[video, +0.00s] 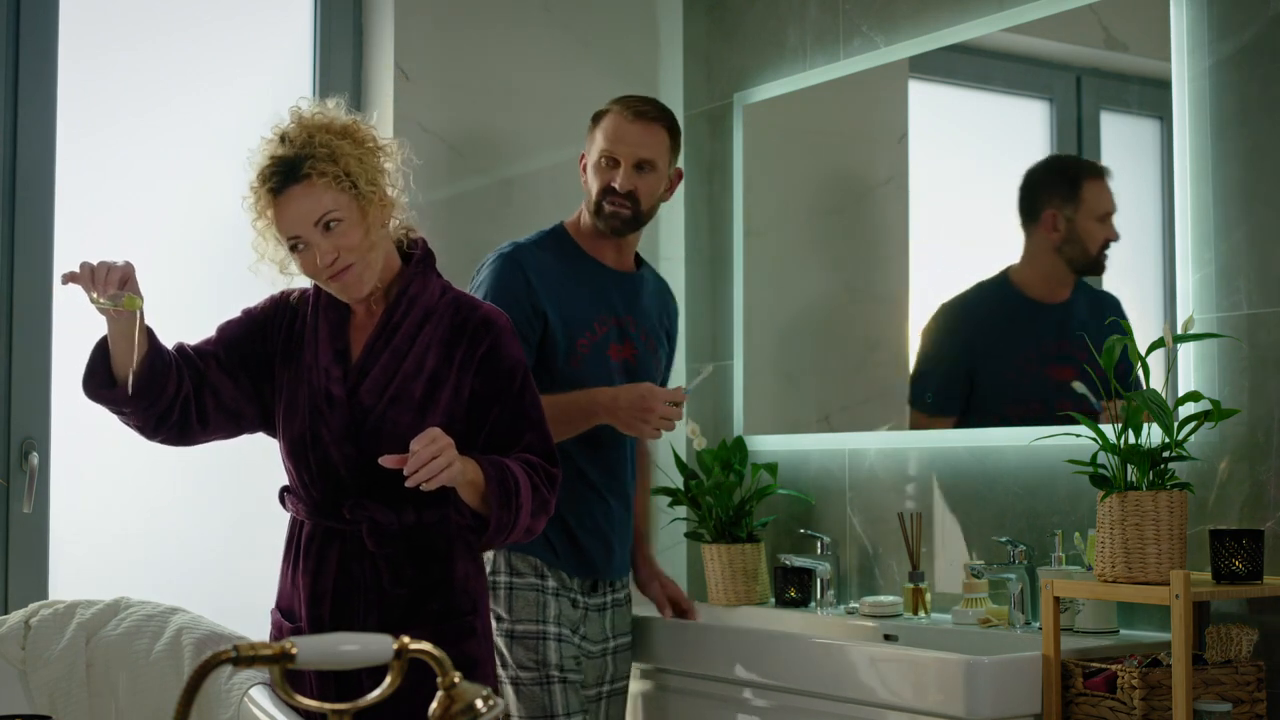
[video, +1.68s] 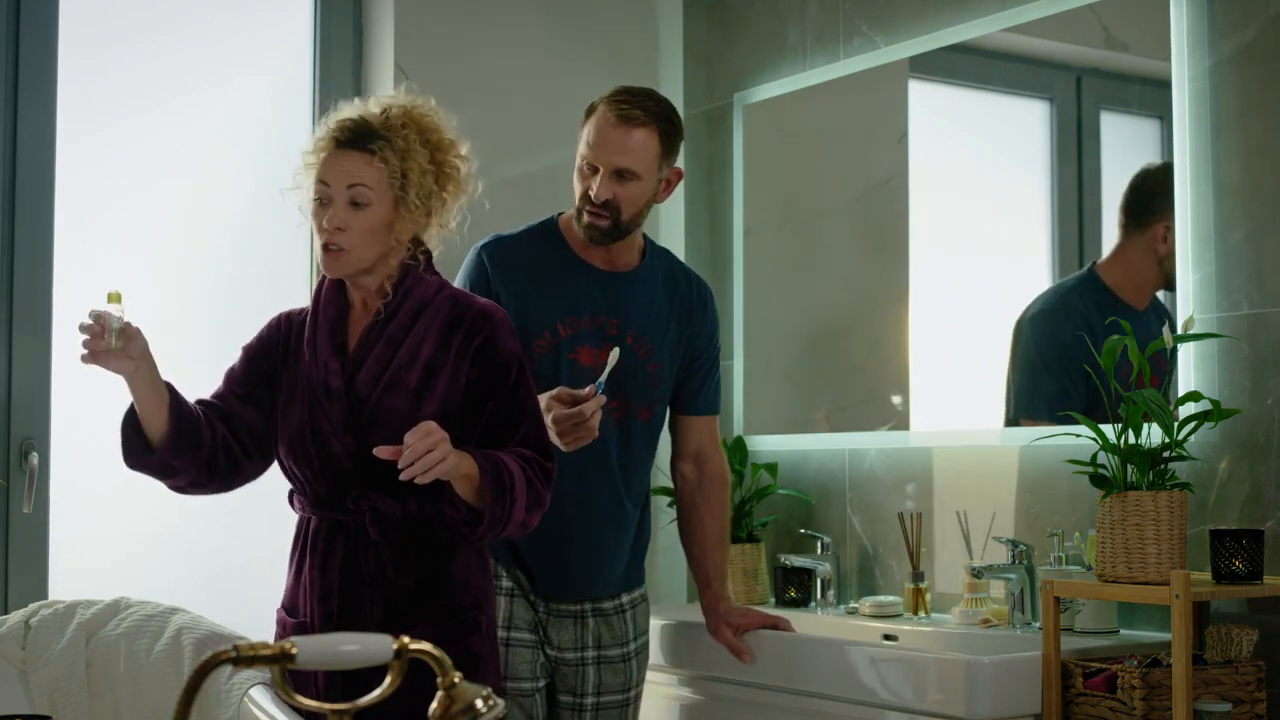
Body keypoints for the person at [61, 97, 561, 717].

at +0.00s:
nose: (320, 256)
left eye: (331, 224)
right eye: (297, 243)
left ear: (378, 206)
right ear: (286, 251)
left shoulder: (476, 333)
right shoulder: (288, 330)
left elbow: (533, 493)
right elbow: (174, 403)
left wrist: (466, 473)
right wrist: (125, 323)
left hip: (438, 620)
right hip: (313, 621)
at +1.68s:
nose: (330, 220)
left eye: (358, 201)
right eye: (323, 200)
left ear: (411, 216)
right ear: (311, 207)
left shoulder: (476, 331)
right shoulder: (291, 339)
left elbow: (529, 484)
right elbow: (211, 457)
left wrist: (460, 466)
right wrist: (141, 374)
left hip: (441, 614)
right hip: (318, 614)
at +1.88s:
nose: (388, 218)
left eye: (407, 197)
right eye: (366, 196)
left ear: (429, 210)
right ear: (326, 208)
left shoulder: (479, 330)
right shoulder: (287, 343)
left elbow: (532, 487)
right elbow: (226, 478)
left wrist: (473, 459)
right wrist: (148, 391)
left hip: (451, 618)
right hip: (324, 618)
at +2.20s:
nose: (435, 224)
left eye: (441, 204)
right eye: (412, 201)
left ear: (451, 207)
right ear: (348, 205)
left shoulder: (479, 328)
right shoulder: (284, 341)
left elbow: (529, 505)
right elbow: (241, 497)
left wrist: (535, 454)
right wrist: (205, 369)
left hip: (479, 612)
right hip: (349, 619)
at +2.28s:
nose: (441, 227)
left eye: (446, 207)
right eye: (420, 206)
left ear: (453, 210)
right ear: (355, 211)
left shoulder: (478, 327)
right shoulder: (291, 336)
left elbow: (509, 489)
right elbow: (253, 481)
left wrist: (538, 448)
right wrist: (233, 336)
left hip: (482, 602)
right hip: (358, 606)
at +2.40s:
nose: (443, 234)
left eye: (451, 215)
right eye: (423, 211)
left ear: (461, 217)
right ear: (360, 210)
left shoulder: (475, 331)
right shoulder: (305, 325)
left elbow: (509, 488)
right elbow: (282, 453)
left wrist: (562, 434)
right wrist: (281, 300)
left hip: (485, 600)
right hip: (368, 602)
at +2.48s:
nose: (459, 240)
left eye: (464, 220)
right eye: (439, 217)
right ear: (373, 217)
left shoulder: (474, 336)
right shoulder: (301, 328)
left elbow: (508, 491)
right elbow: (309, 446)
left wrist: (578, 435)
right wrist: (325, 293)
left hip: (487, 604)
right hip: (372, 609)